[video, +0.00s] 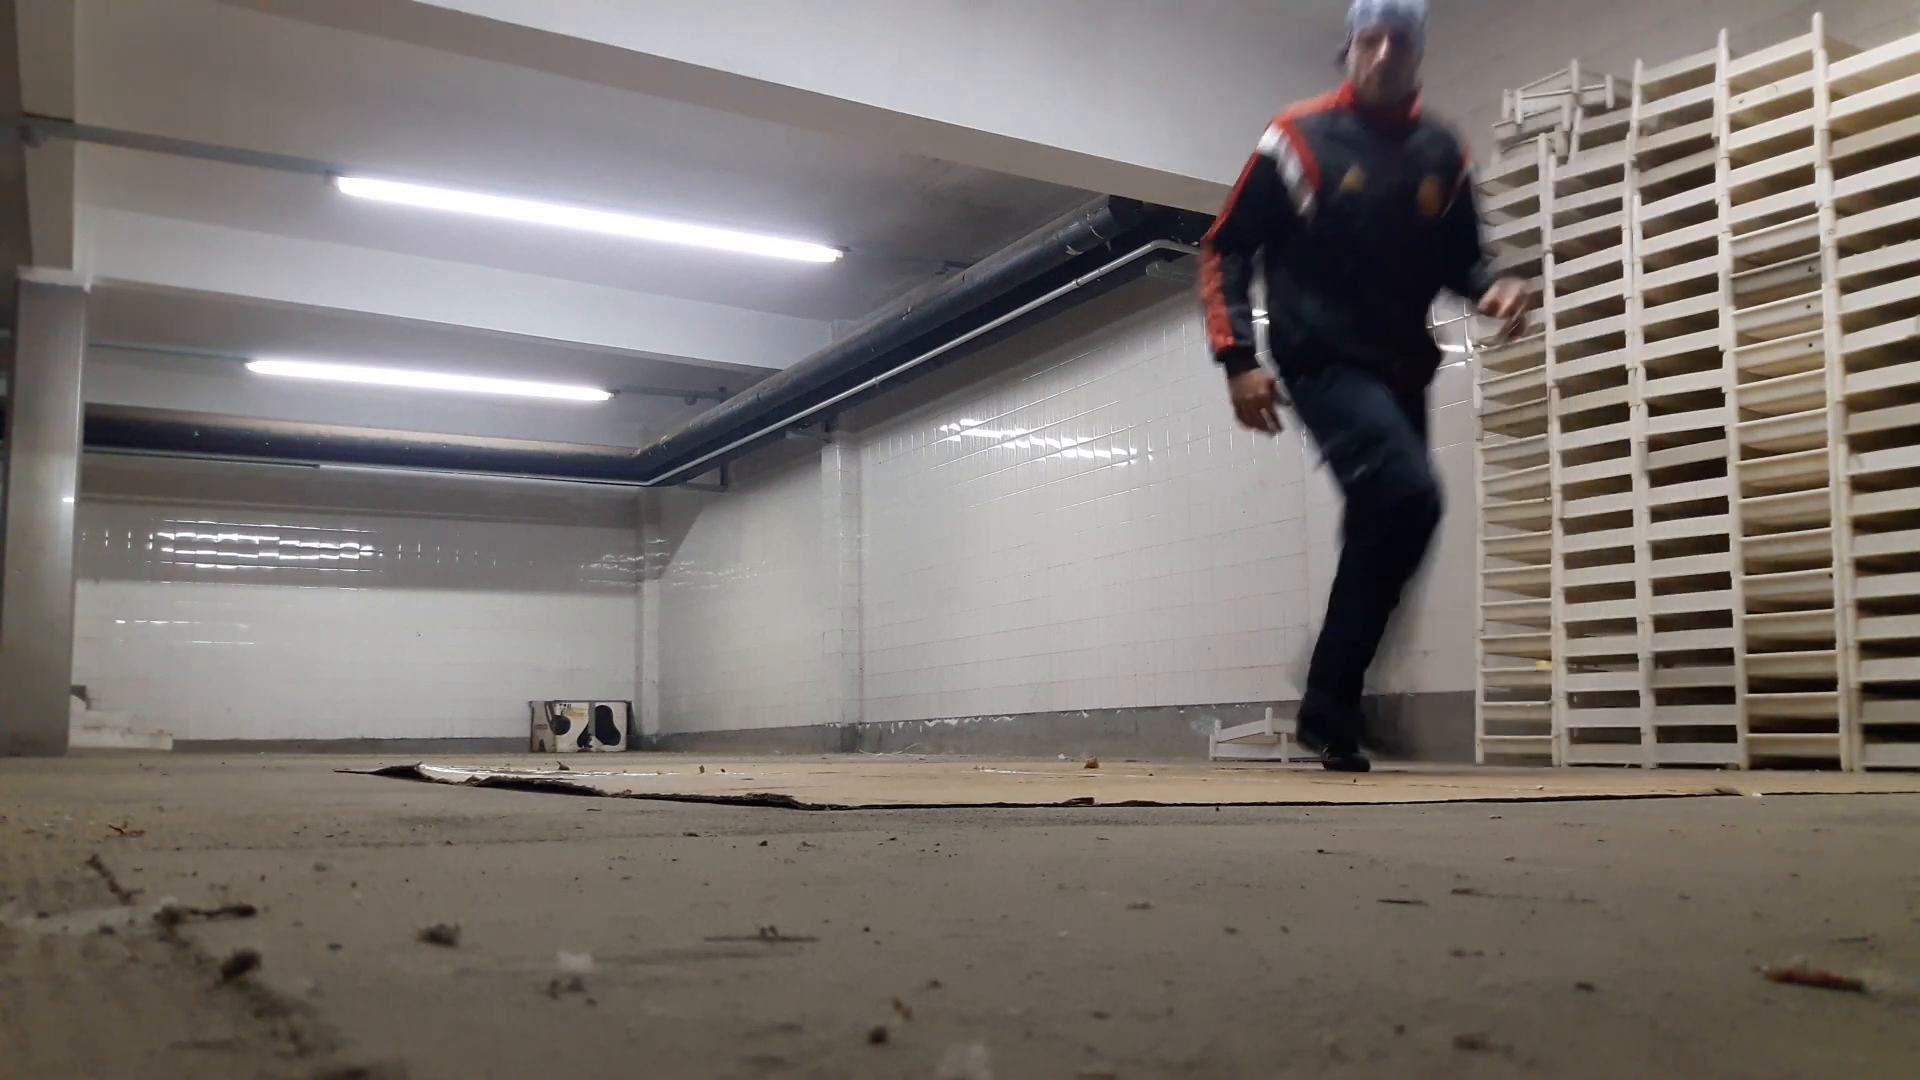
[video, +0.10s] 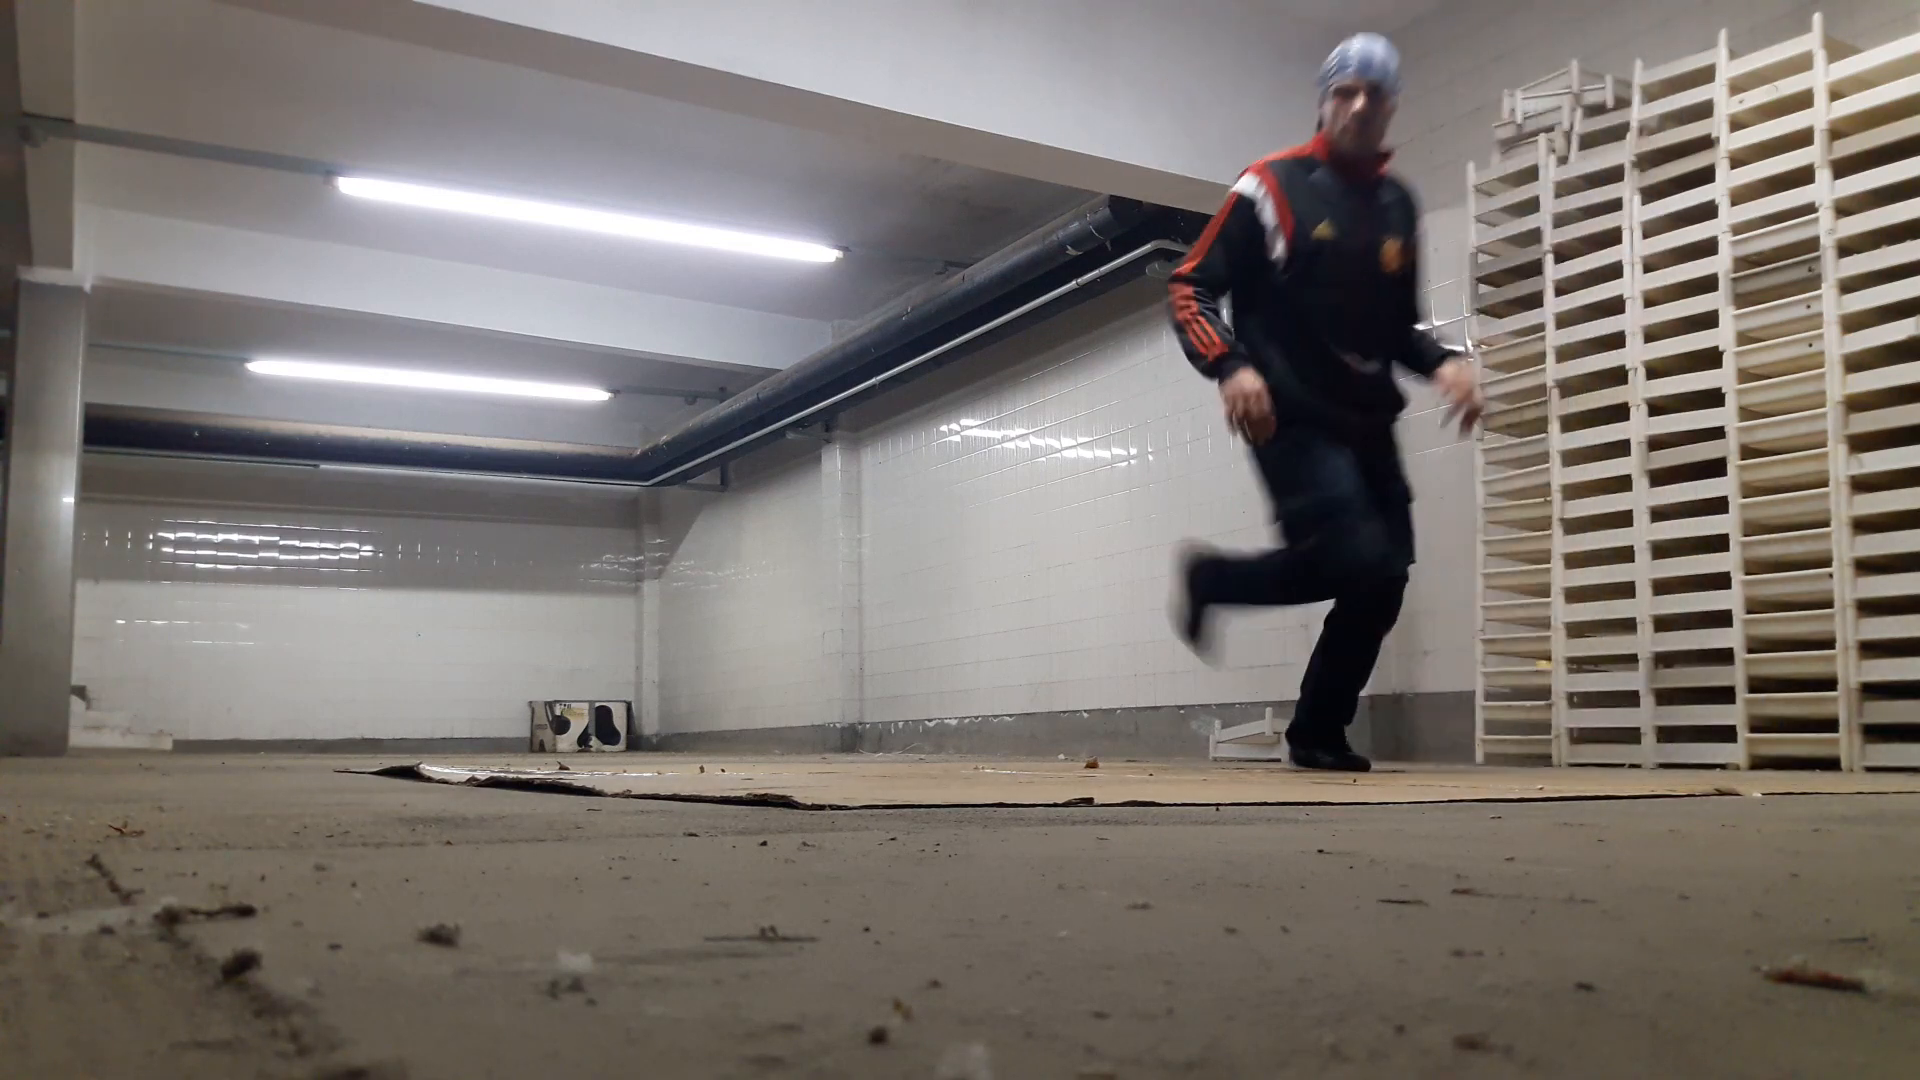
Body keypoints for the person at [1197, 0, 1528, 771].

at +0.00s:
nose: (1385, 56)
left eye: (1401, 43)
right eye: (1371, 41)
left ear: (1422, 56)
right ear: (1347, 52)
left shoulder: (1441, 149)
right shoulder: (1298, 137)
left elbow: (1459, 260)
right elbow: (1224, 250)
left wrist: (1495, 287)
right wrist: (1237, 361)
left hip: (1401, 366)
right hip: (1321, 361)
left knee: (1377, 540)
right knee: (1407, 495)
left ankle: (1329, 714)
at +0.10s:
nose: (1358, 108)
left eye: (1373, 95)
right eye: (1345, 94)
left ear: (1393, 106)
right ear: (1322, 101)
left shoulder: (1395, 202)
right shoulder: (1272, 184)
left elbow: (1394, 324)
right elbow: (1189, 288)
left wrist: (1444, 362)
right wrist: (1230, 368)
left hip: (1365, 417)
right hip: (1289, 410)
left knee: (1384, 574)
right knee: (1348, 555)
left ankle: (1317, 735)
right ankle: (1209, 579)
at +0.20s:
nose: (1321, 103)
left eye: (1335, 92)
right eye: (1307, 90)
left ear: (1351, 107)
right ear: (1285, 98)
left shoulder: (1357, 196)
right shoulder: (1239, 178)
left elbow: (1343, 307)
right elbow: (1154, 263)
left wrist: (1384, 353)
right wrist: (1227, 307)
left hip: (1324, 415)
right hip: (1246, 408)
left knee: (1348, 569)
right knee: (1255, 552)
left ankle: (1316, 736)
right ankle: (1146, 537)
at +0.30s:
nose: (1277, 60)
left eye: (1290, 49)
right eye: (1263, 48)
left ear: (1309, 62)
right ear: (1242, 60)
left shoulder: (1325, 153)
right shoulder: (1198, 138)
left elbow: (1322, 259)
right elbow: (1112, 221)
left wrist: (1334, 308)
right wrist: (1193, 256)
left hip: (1274, 372)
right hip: (1195, 364)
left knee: (1286, 539)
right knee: (1177, 503)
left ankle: (1294, 716)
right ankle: (1096, 580)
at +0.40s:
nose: (1222, 53)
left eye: (1235, 40)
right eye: (1208, 42)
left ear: (1256, 52)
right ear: (1190, 55)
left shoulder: (1286, 143)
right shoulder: (1146, 136)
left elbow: (1309, 247)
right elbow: (1075, 231)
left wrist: (1296, 287)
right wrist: (1140, 261)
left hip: (1237, 372)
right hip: (1149, 362)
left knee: (1246, 527)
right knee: (1105, 488)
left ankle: (1222, 693)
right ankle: (1043, 651)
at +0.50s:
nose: (1159, 89)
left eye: (1172, 75)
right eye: (1145, 79)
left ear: (1198, 79)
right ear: (1130, 89)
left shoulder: (1240, 172)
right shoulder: (1097, 175)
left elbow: (1288, 266)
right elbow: (1052, 281)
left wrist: (1277, 317)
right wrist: (1084, 317)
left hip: (1195, 396)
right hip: (1106, 390)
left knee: (1190, 569)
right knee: (1044, 520)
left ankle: (1183, 728)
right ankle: (970, 692)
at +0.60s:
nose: (1094, 134)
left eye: (1106, 120)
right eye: (1081, 124)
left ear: (1131, 123)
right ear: (1068, 134)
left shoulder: (1186, 207)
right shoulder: (1044, 227)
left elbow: (1251, 297)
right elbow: (1019, 333)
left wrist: (1260, 373)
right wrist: (1032, 356)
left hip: (1153, 441)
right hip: (1064, 436)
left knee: (1162, 596)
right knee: (997, 557)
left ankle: (1182, 735)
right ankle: (908, 716)